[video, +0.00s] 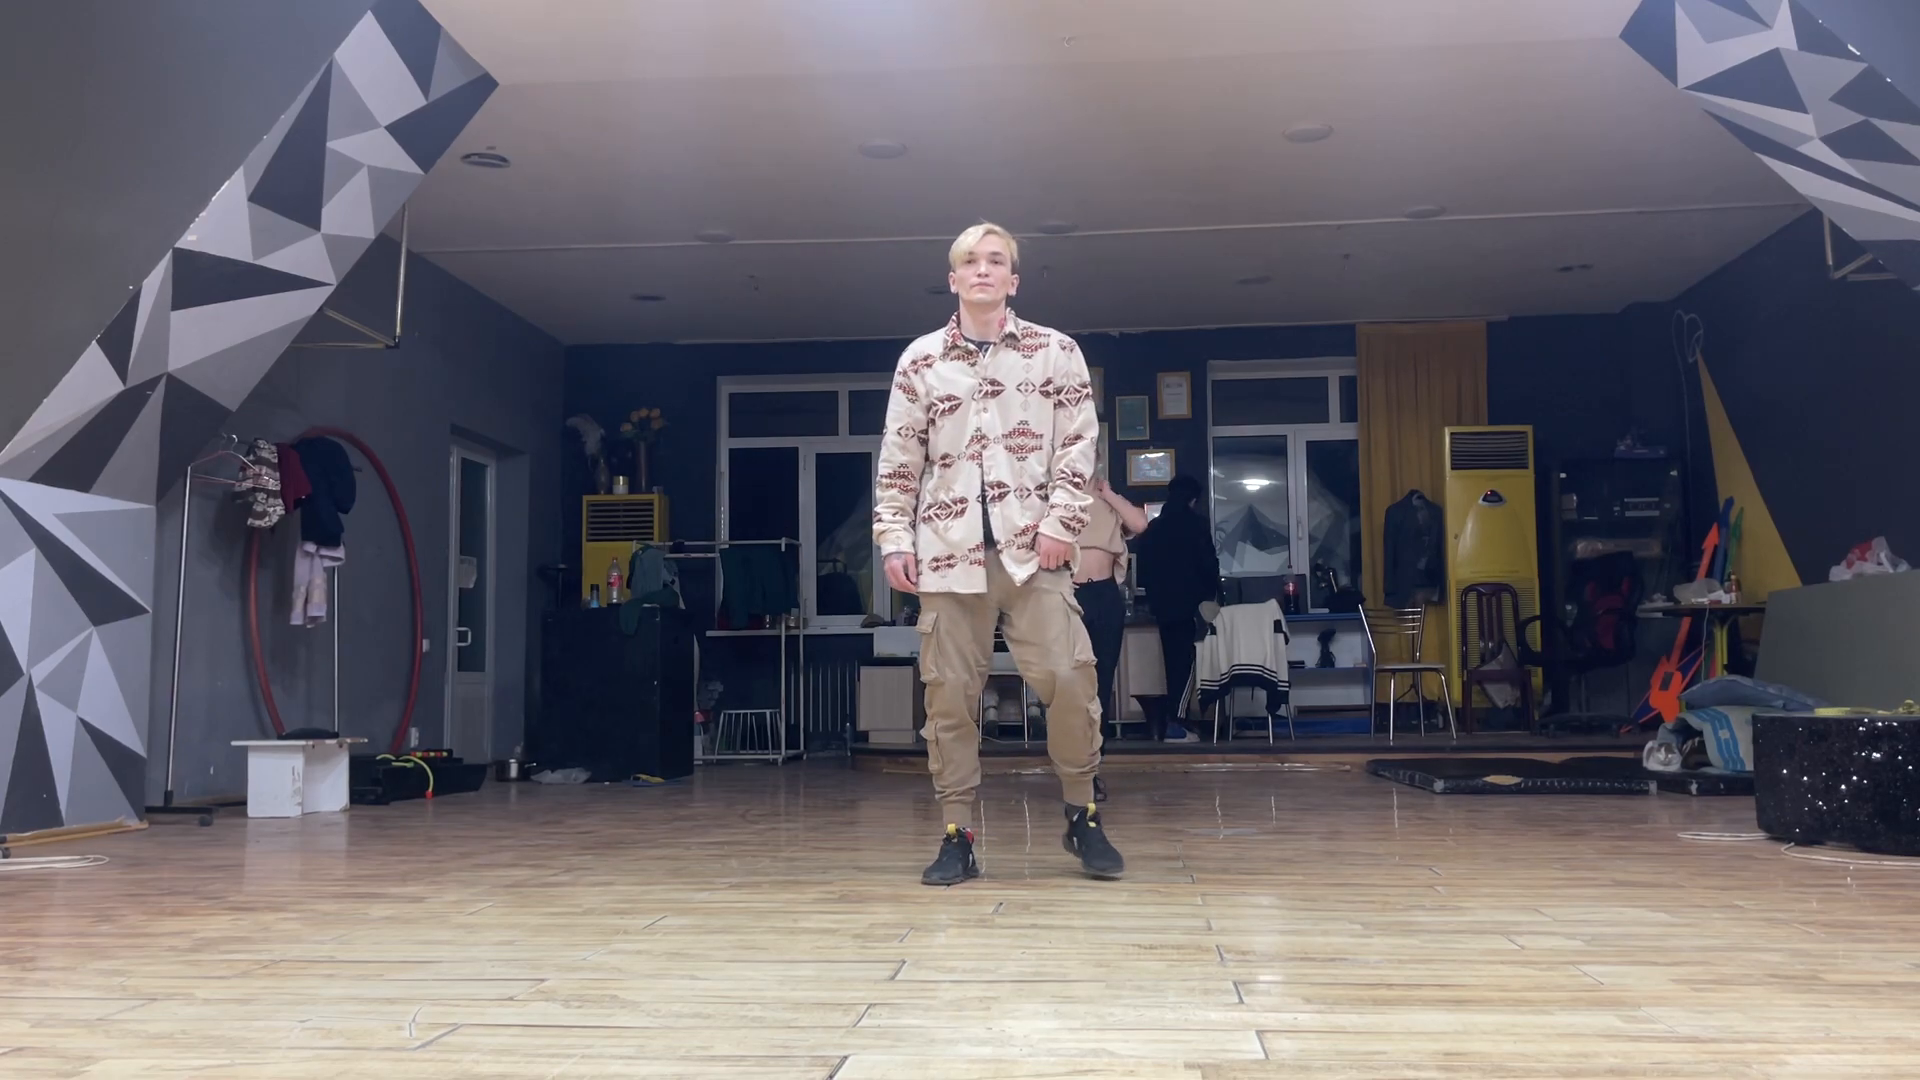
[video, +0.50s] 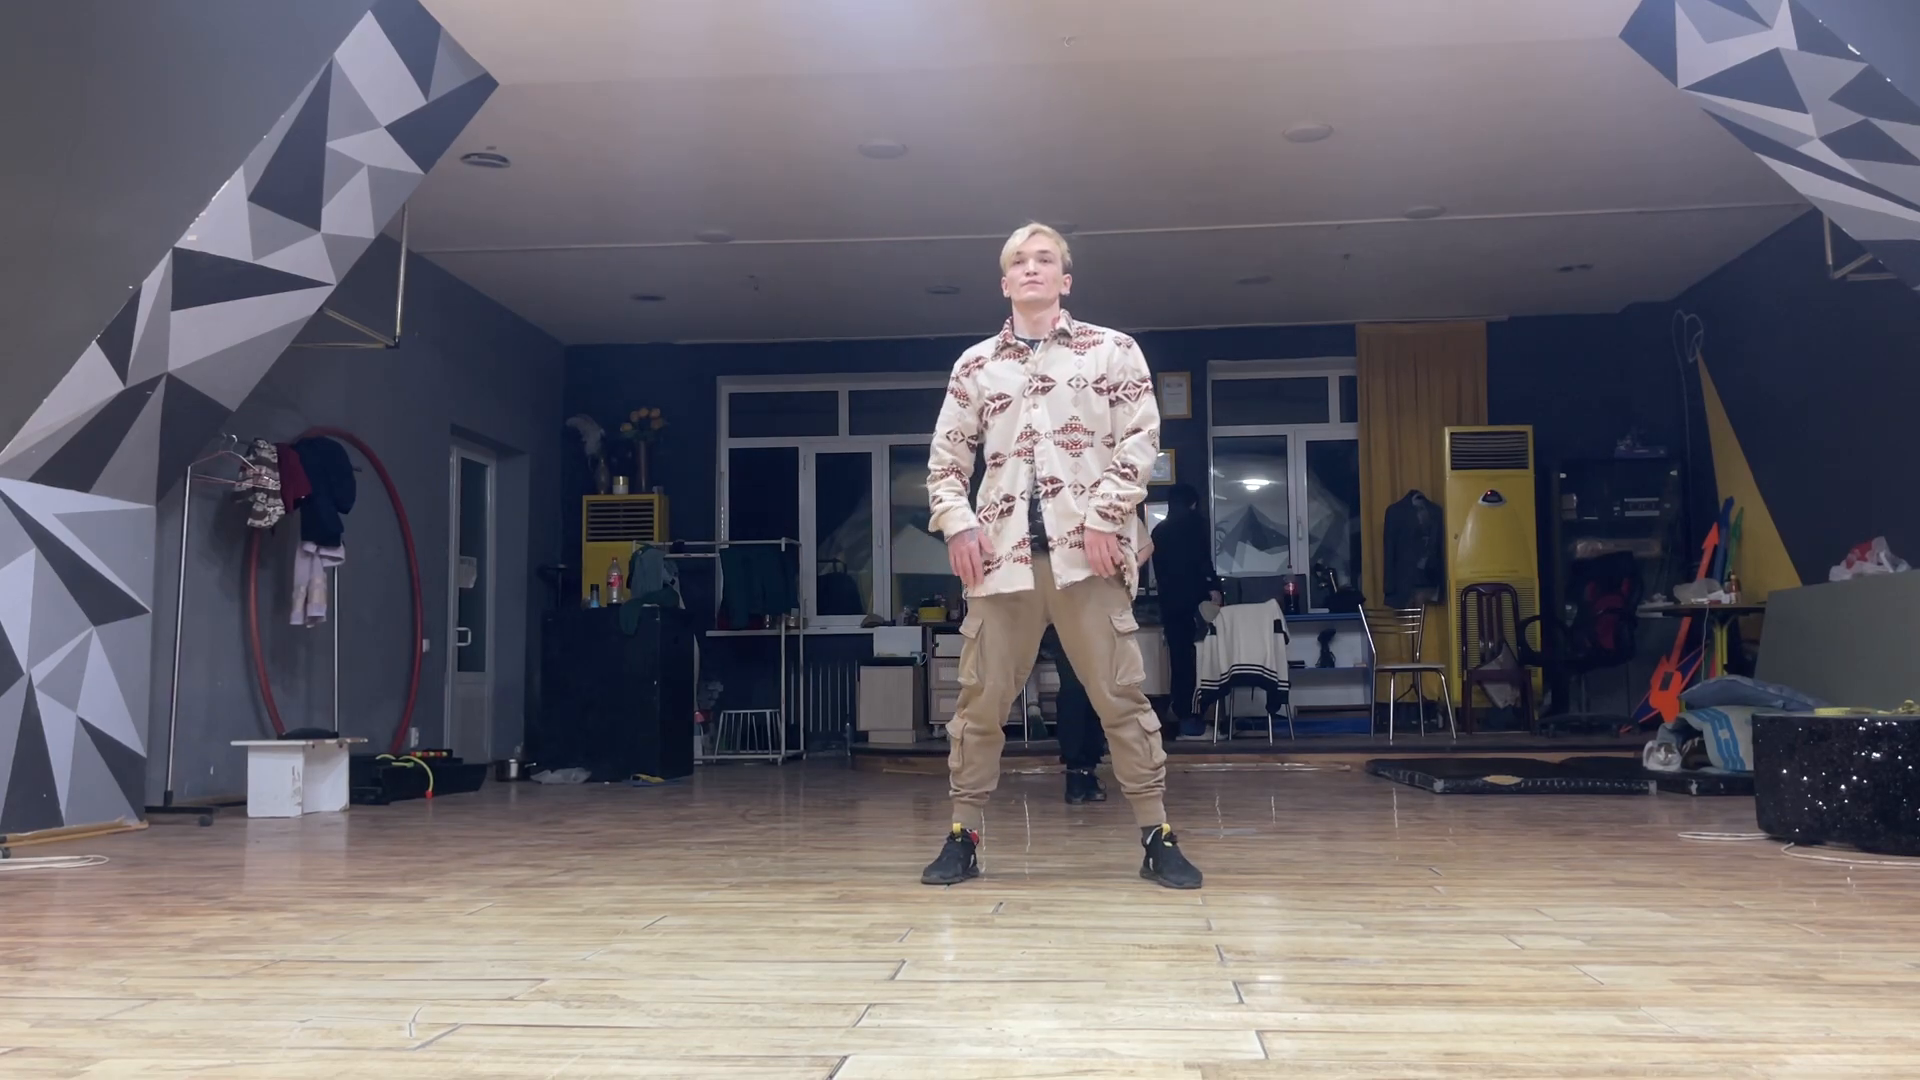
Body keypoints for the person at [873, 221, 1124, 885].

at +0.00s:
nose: (983, 270)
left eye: (994, 261)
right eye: (971, 262)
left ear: (1015, 278)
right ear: (952, 278)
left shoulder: (1055, 351)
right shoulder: (920, 360)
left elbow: (1079, 447)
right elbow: (899, 460)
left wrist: (1062, 521)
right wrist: (893, 537)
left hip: (1036, 550)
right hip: (949, 554)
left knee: (1067, 675)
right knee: (949, 695)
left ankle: (1083, 815)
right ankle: (957, 836)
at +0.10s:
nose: (984, 267)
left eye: (996, 258)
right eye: (972, 259)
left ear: (1016, 275)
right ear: (953, 277)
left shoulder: (1060, 347)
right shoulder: (924, 358)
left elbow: (1082, 444)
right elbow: (899, 461)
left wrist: (1064, 521)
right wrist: (899, 536)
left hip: (1038, 545)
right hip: (952, 552)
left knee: (1077, 678)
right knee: (953, 693)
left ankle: (1116, 826)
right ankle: (958, 836)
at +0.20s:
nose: (991, 266)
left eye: (1004, 257)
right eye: (979, 258)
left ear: (1025, 273)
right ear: (962, 276)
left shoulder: (1068, 346)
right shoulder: (933, 359)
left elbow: (1091, 445)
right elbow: (908, 464)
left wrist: (1074, 525)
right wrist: (914, 532)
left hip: (1047, 545)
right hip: (962, 552)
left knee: (1089, 683)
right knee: (957, 697)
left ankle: (1141, 827)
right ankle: (960, 837)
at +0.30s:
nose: (1003, 268)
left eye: (1016, 258)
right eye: (992, 260)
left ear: (1038, 273)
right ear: (976, 277)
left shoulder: (1085, 345)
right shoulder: (949, 362)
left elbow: (1109, 443)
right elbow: (924, 465)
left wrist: (1090, 521)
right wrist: (931, 532)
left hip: (1064, 544)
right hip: (979, 553)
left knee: (1107, 686)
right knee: (966, 697)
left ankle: (1154, 831)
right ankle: (960, 836)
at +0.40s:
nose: (1019, 269)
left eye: (1032, 260)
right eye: (1008, 261)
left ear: (1055, 277)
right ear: (992, 281)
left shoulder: (1102, 349)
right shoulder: (966, 367)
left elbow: (1128, 445)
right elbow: (941, 468)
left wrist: (1105, 524)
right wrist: (949, 534)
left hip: (1081, 550)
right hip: (995, 557)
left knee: (1115, 694)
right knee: (975, 700)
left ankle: (1156, 834)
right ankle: (962, 836)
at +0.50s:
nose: (1031, 268)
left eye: (1043, 259)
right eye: (1020, 260)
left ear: (1066, 277)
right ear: (1003, 281)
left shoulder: (1114, 350)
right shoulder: (975, 366)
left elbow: (1141, 441)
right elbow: (947, 460)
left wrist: (1108, 516)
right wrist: (957, 523)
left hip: (1089, 553)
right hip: (1001, 559)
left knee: (1121, 696)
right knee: (980, 701)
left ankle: (1157, 835)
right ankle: (963, 836)